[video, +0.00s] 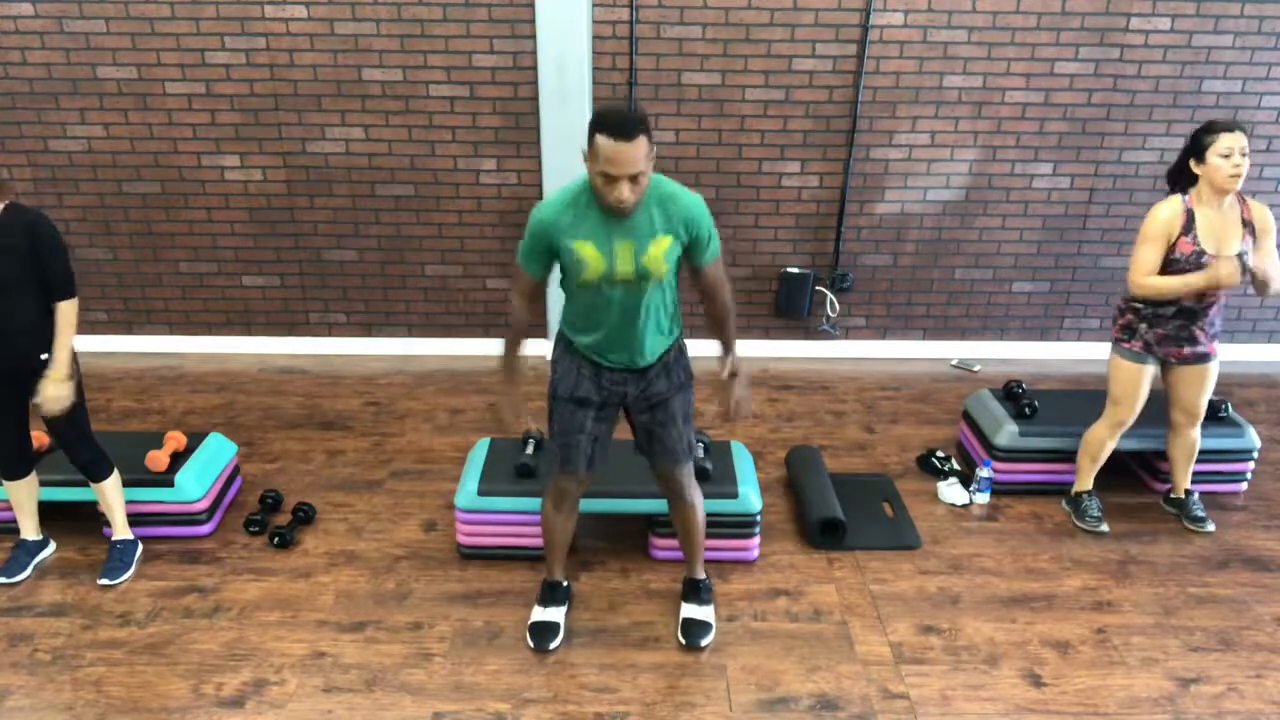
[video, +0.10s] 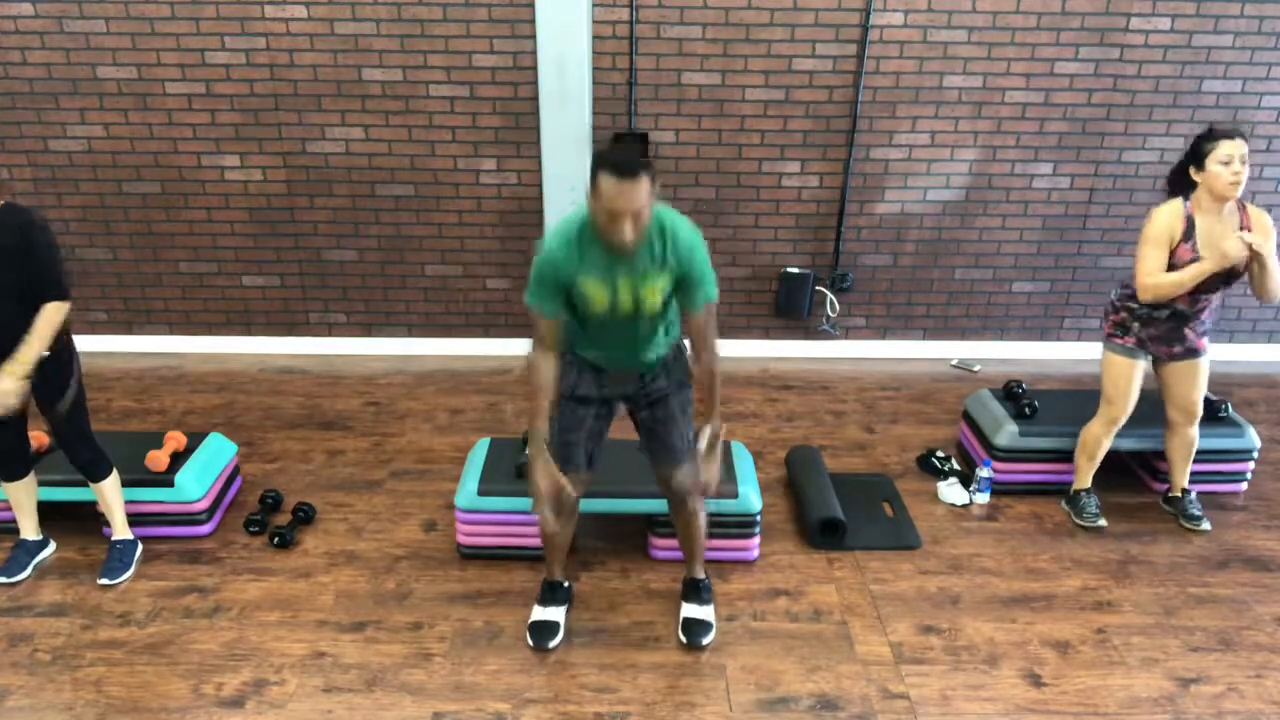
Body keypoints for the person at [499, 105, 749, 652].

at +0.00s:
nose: (623, 192)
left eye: (635, 177)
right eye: (609, 178)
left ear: (652, 161)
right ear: (587, 162)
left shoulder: (685, 211)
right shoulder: (551, 220)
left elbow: (715, 286)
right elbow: (525, 296)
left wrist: (732, 360)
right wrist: (510, 368)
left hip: (660, 364)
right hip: (583, 364)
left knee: (677, 477)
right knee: (566, 481)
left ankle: (697, 583)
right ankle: (553, 586)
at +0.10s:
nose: (626, 229)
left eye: (637, 215)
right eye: (613, 215)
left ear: (653, 200)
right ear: (591, 201)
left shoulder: (682, 242)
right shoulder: (559, 251)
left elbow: (704, 344)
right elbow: (545, 351)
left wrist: (710, 439)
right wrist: (538, 450)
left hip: (659, 367)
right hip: (582, 369)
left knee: (683, 483)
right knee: (559, 485)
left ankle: (698, 582)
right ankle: (554, 583)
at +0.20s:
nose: (626, 299)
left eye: (637, 285)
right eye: (614, 284)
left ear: (653, 269)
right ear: (594, 269)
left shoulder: (682, 301)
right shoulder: (563, 308)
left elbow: (697, 404)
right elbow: (555, 411)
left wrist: (688, 490)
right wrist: (566, 502)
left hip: (656, 394)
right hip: (586, 397)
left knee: (688, 494)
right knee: (556, 499)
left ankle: (697, 586)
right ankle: (555, 585)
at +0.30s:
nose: (624, 367)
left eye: (636, 353)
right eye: (612, 353)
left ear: (652, 335)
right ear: (595, 336)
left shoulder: (678, 353)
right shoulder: (564, 361)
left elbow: (692, 451)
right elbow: (563, 461)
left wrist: (679, 501)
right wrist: (583, 513)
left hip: (654, 431)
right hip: (589, 432)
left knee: (695, 516)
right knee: (552, 513)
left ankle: (698, 585)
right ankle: (553, 589)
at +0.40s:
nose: (625, 418)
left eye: (636, 406)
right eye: (612, 406)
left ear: (652, 385)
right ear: (596, 386)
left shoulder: (681, 402)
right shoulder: (565, 405)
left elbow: (694, 508)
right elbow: (562, 508)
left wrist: (675, 511)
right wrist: (589, 508)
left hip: (657, 456)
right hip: (589, 456)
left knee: (697, 524)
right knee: (548, 524)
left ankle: (697, 587)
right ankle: (553, 589)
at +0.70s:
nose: (623, 426)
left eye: (634, 413)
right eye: (610, 413)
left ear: (651, 397)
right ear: (594, 398)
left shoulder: (680, 423)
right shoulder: (566, 426)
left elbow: (697, 538)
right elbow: (553, 541)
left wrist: (673, 508)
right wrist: (578, 515)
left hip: (659, 474)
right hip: (587, 474)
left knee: (696, 538)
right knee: (547, 529)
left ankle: (696, 588)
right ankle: (553, 590)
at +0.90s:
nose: (626, 340)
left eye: (638, 324)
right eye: (614, 323)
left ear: (656, 312)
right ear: (597, 310)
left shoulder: (681, 348)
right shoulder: (569, 348)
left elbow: (705, 447)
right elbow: (540, 444)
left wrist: (699, 527)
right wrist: (554, 521)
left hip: (656, 416)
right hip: (591, 413)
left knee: (681, 497)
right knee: (562, 495)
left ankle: (696, 585)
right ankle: (555, 587)